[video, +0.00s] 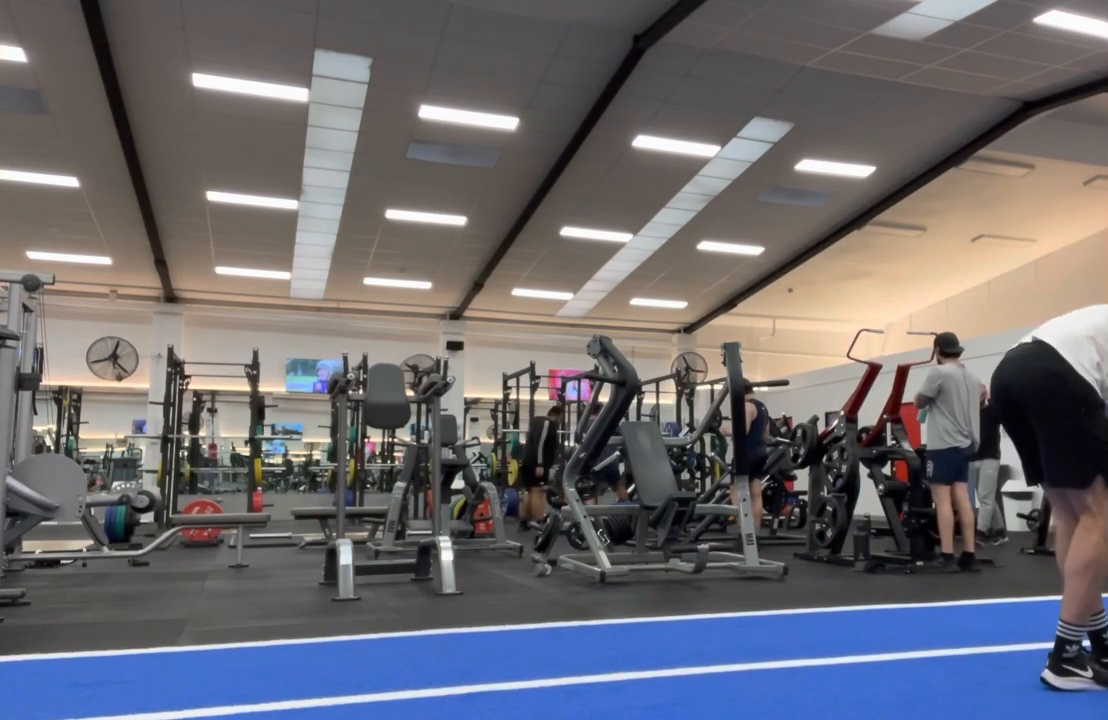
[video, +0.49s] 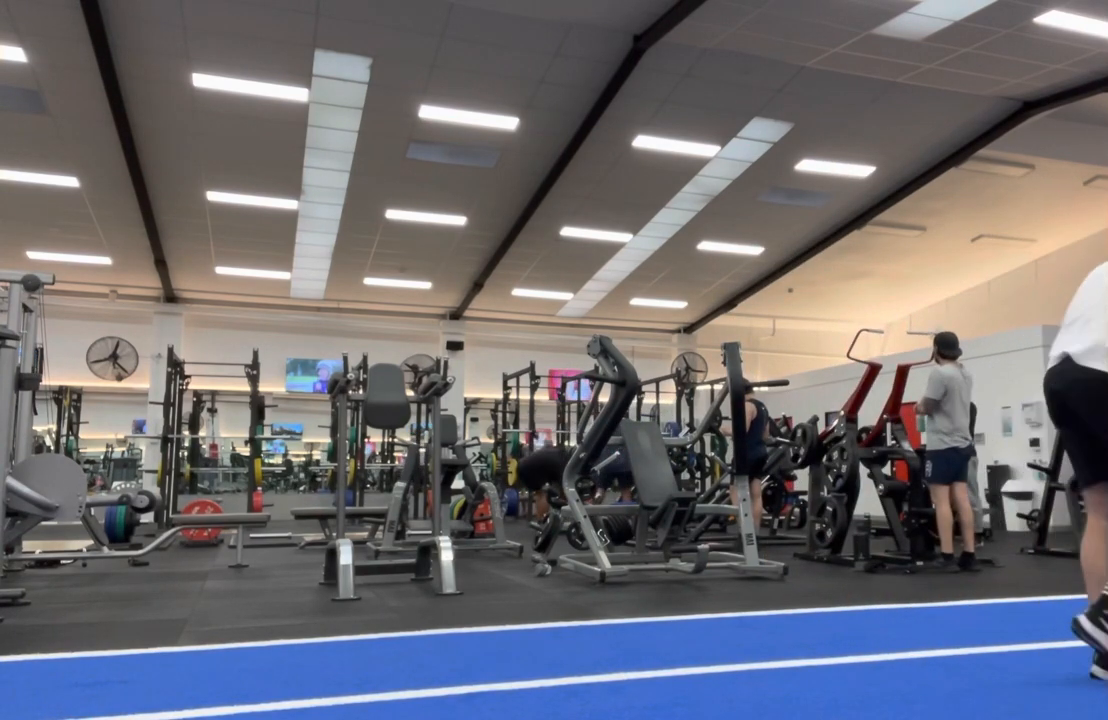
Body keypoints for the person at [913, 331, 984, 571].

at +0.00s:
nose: (935, 354)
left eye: (935, 351)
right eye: (938, 350)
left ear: (937, 351)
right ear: (959, 351)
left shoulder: (938, 374)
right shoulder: (972, 378)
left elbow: (919, 401)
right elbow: (977, 407)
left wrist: (934, 375)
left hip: (941, 446)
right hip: (965, 445)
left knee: (942, 501)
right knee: (963, 500)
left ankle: (947, 554)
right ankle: (969, 553)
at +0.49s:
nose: (933, 352)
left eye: (934, 348)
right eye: (936, 348)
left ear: (936, 350)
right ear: (957, 350)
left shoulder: (939, 374)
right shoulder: (965, 375)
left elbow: (928, 405)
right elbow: (958, 404)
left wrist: (920, 405)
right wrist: (927, 405)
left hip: (940, 447)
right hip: (962, 446)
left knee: (941, 502)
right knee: (962, 500)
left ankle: (947, 554)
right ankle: (969, 553)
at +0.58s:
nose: (932, 352)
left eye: (933, 348)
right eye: (934, 348)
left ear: (936, 351)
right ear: (956, 350)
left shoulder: (939, 374)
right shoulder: (963, 373)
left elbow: (932, 407)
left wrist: (918, 409)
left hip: (941, 447)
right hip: (962, 446)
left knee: (941, 501)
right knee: (962, 498)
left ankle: (947, 554)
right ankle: (969, 552)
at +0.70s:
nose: (931, 351)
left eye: (933, 348)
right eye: (933, 348)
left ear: (937, 351)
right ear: (954, 351)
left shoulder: (941, 374)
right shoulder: (962, 372)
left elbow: (933, 408)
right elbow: (948, 350)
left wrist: (918, 410)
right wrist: (928, 336)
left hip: (941, 447)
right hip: (961, 445)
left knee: (941, 501)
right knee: (962, 498)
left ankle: (947, 555)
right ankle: (969, 553)